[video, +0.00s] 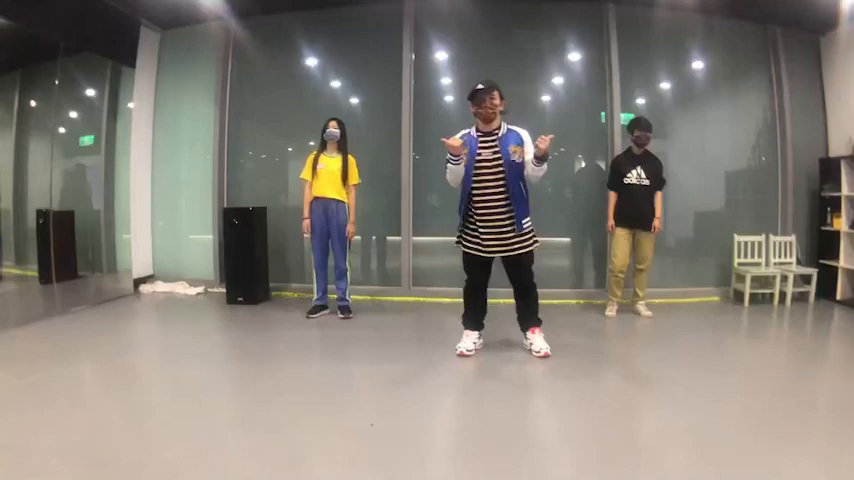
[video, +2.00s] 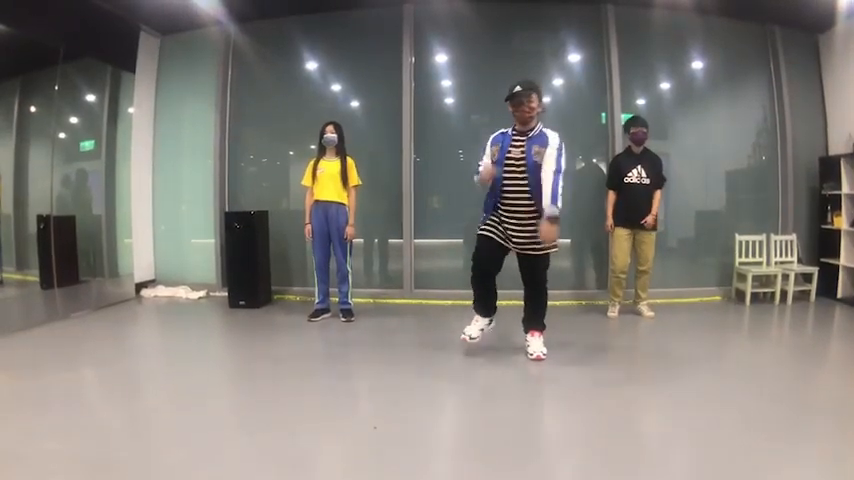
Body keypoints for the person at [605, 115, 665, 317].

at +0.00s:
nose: (642, 138)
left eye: (646, 135)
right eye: (639, 135)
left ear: (650, 137)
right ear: (631, 135)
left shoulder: (655, 162)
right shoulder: (619, 161)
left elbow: (658, 191)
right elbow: (613, 191)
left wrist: (658, 217)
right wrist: (610, 217)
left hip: (646, 221)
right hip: (622, 221)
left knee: (643, 265)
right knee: (618, 265)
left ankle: (639, 300)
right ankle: (613, 301)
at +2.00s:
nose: (640, 135)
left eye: (643, 131)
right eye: (635, 131)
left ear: (648, 134)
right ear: (628, 134)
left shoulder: (654, 160)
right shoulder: (618, 161)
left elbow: (657, 189)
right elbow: (612, 191)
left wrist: (653, 213)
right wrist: (609, 217)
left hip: (646, 222)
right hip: (622, 222)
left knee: (645, 266)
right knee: (619, 267)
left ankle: (641, 301)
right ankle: (615, 302)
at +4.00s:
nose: (647, 157)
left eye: (650, 153)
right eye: (643, 154)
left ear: (653, 154)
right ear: (633, 155)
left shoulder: (645, 174)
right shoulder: (625, 172)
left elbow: (647, 193)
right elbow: (605, 191)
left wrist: (658, 201)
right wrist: (624, 210)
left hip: (637, 236)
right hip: (618, 237)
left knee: (652, 274)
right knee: (606, 281)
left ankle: (641, 310)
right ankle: (579, 309)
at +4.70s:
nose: (615, 145)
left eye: (618, 142)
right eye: (611, 142)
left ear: (623, 142)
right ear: (603, 143)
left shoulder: (631, 165)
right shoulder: (594, 167)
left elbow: (646, 187)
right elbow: (581, 187)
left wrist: (638, 210)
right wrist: (582, 209)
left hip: (630, 230)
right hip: (603, 230)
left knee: (640, 271)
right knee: (600, 272)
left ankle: (646, 305)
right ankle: (597, 308)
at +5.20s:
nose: (650, 153)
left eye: (653, 149)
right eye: (645, 149)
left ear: (655, 151)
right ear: (635, 150)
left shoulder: (647, 174)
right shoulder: (626, 170)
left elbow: (640, 197)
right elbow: (609, 194)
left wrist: (656, 206)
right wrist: (627, 214)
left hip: (636, 234)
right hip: (616, 234)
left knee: (645, 274)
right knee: (606, 278)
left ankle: (634, 309)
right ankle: (582, 310)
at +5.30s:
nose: (646, 150)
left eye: (649, 146)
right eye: (641, 146)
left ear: (652, 148)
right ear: (632, 147)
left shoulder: (648, 173)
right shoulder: (623, 168)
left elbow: (649, 200)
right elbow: (608, 196)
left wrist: (657, 220)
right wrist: (617, 223)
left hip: (637, 232)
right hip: (615, 232)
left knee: (644, 274)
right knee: (606, 275)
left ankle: (634, 309)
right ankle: (584, 309)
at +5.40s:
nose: (634, 143)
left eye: (637, 139)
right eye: (630, 139)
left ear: (642, 141)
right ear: (623, 140)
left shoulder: (645, 168)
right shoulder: (611, 165)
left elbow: (647, 197)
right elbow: (598, 192)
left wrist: (650, 220)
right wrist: (598, 217)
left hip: (637, 229)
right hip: (611, 228)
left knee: (639, 273)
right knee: (602, 272)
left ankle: (634, 308)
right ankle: (591, 308)